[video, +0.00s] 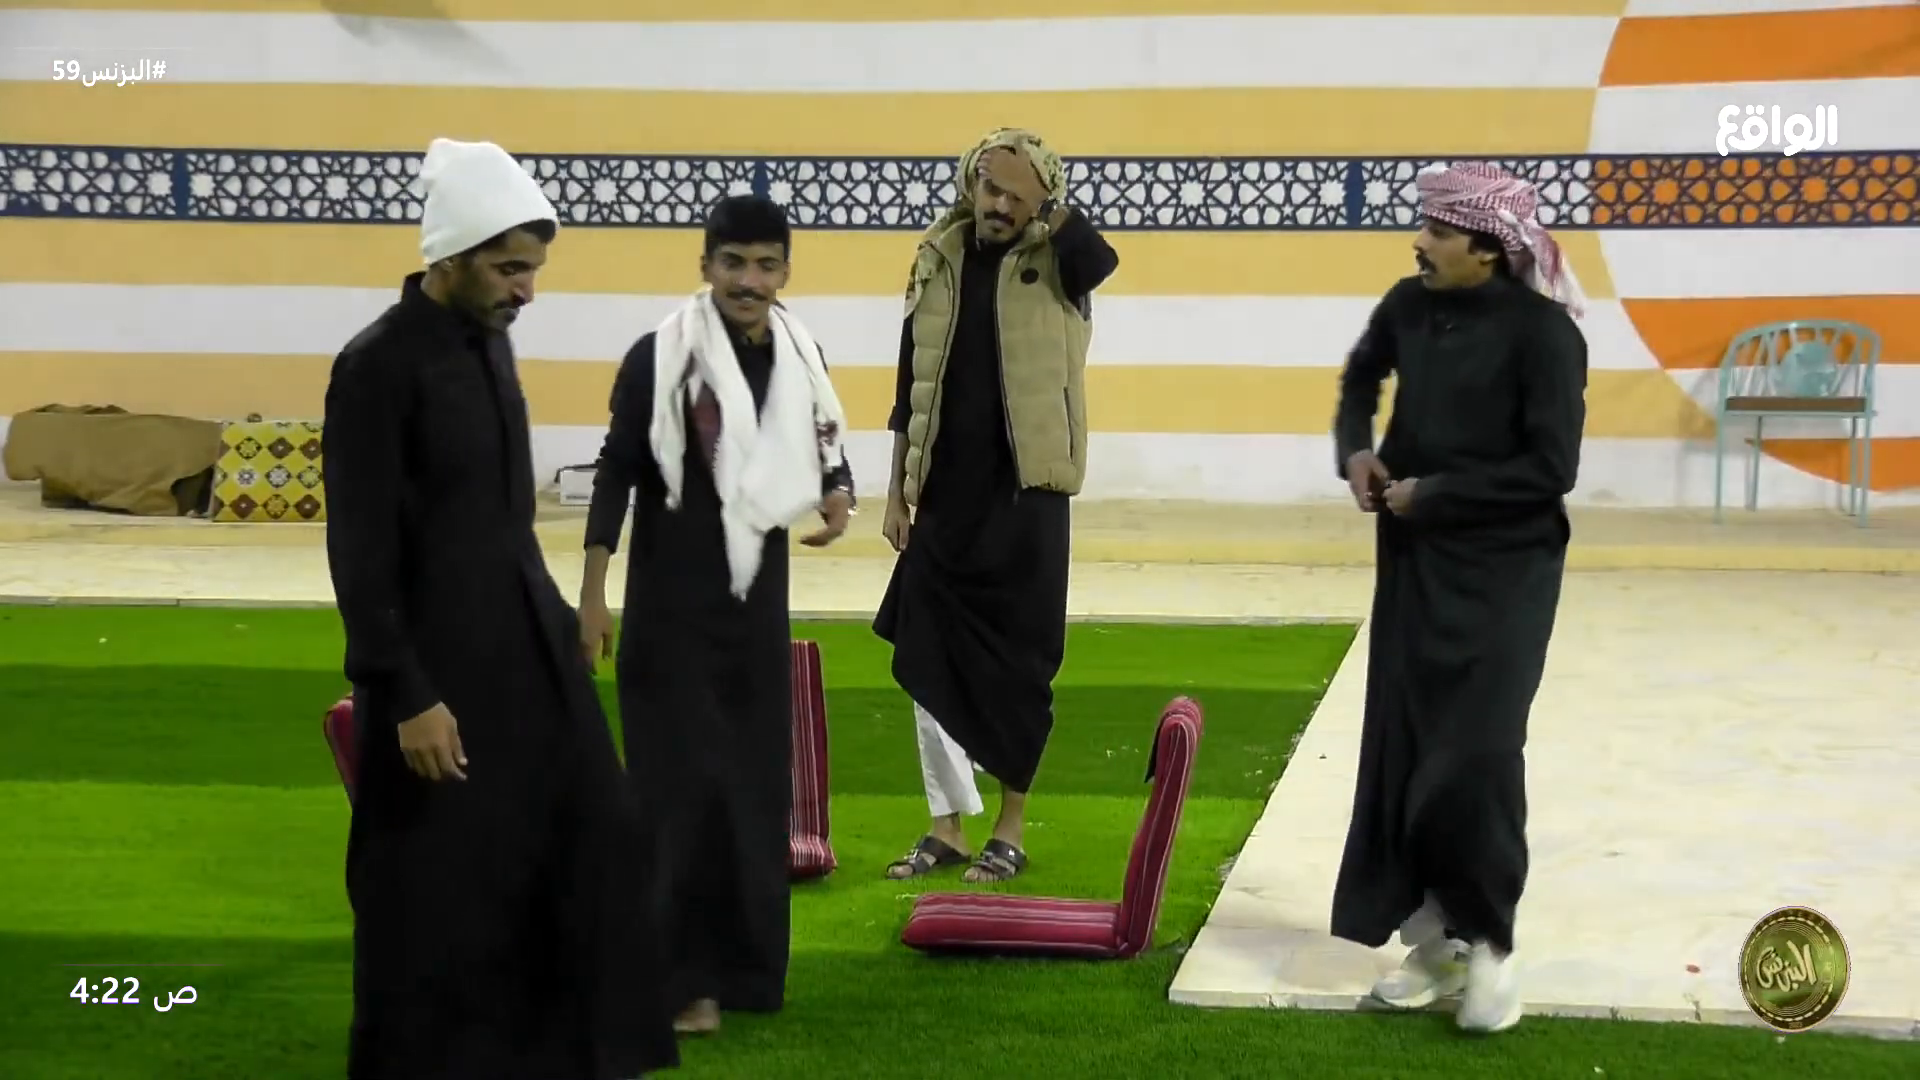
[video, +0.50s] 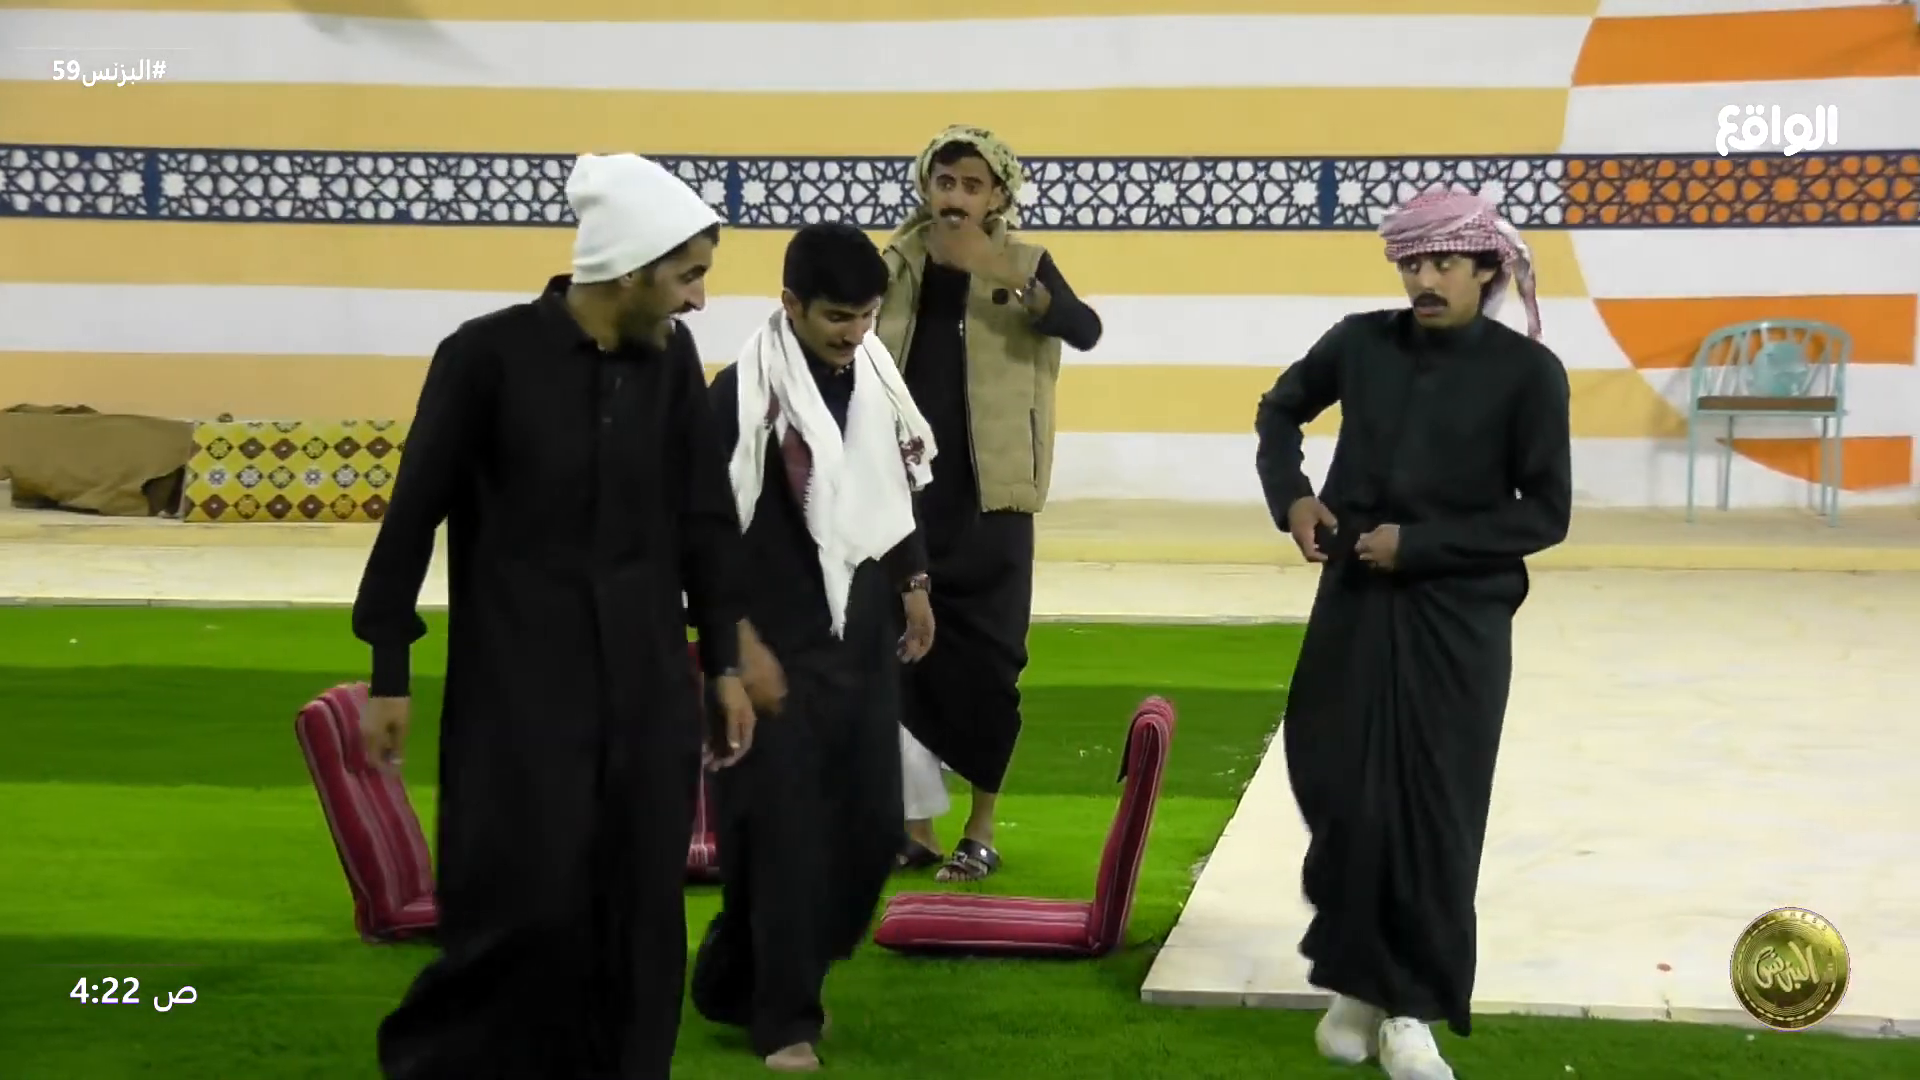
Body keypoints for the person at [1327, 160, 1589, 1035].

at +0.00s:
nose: (1421, 244)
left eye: (1439, 234)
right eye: (1422, 228)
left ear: (1490, 250)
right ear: (1441, 239)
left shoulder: (1545, 333)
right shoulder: (1409, 306)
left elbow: (1549, 470)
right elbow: (1359, 381)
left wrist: (1429, 490)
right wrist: (1355, 452)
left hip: (1506, 568)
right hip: (1417, 561)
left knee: (1474, 749)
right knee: (1409, 745)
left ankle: (1486, 945)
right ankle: (1434, 948)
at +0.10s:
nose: (1410, 247)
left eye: (1429, 238)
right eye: (1412, 232)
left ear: (1479, 256)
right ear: (1421, 241)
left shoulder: (1536, 336)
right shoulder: (1388, 310)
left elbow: (1550, 472)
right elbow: (1322, 373)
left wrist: (1429, 502)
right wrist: (1333, 458)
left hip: (1495, 584)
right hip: (1398, 577)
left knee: (1473, 768)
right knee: (1399, 756)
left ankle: (1461, 977)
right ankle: (1421, 952)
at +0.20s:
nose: (1414, 258)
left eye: (1433, 248)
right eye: (1412, 242)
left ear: (1485, 262)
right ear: (1411, 246)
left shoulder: (1534, 345)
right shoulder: (1381, 318)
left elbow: (1552, 480)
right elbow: (1313, 380)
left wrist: (1428, 512)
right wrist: (1326, 468)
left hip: (1488, 598)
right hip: (1392, 591)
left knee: (1467, 780)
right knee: (1395, 769)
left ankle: (1449, 986)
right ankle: (1413, 964)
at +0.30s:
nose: (1432, 277)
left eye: (1454, 264)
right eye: (1424, 259)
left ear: (1498, 274)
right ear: (1413, 263)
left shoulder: (1537, 366)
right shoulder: (1372, 336)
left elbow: (1551, 502)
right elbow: (1303, 401)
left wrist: (1423, 529)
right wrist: (1314, 487)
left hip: (1477, 624)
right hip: (1374, 616)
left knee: (1459, 807)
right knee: (1375, 799)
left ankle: (1430, 1014)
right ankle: (1391, 986)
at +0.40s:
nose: (1439, 282)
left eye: (1459, 266)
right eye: (1427, 265)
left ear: (1499, 277)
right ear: (1410, 271)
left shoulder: (1536, 376)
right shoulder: (1367, 343)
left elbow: (1547, 513)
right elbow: (1295, 409)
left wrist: (1417, 538)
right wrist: (1303, 499)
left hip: (1467, 631)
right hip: (1360, 621)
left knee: (1448, 818)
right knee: (1362, 809)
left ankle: (1420, 1019)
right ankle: (1385, 1000)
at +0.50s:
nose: (1430, 279)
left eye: (1450, 263)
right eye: (1418, 262)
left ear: (1488, 273)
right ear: (1400, 270)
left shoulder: (1530, 374)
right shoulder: (1358, 342)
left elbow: (1545, 515)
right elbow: (1279, 411)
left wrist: (1415, 542)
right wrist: (1293, 497)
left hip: (1460, 623)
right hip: (1355, 611)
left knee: (1440, 810)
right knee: (1346, 797)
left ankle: (1410, 1016)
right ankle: (1355, 985)